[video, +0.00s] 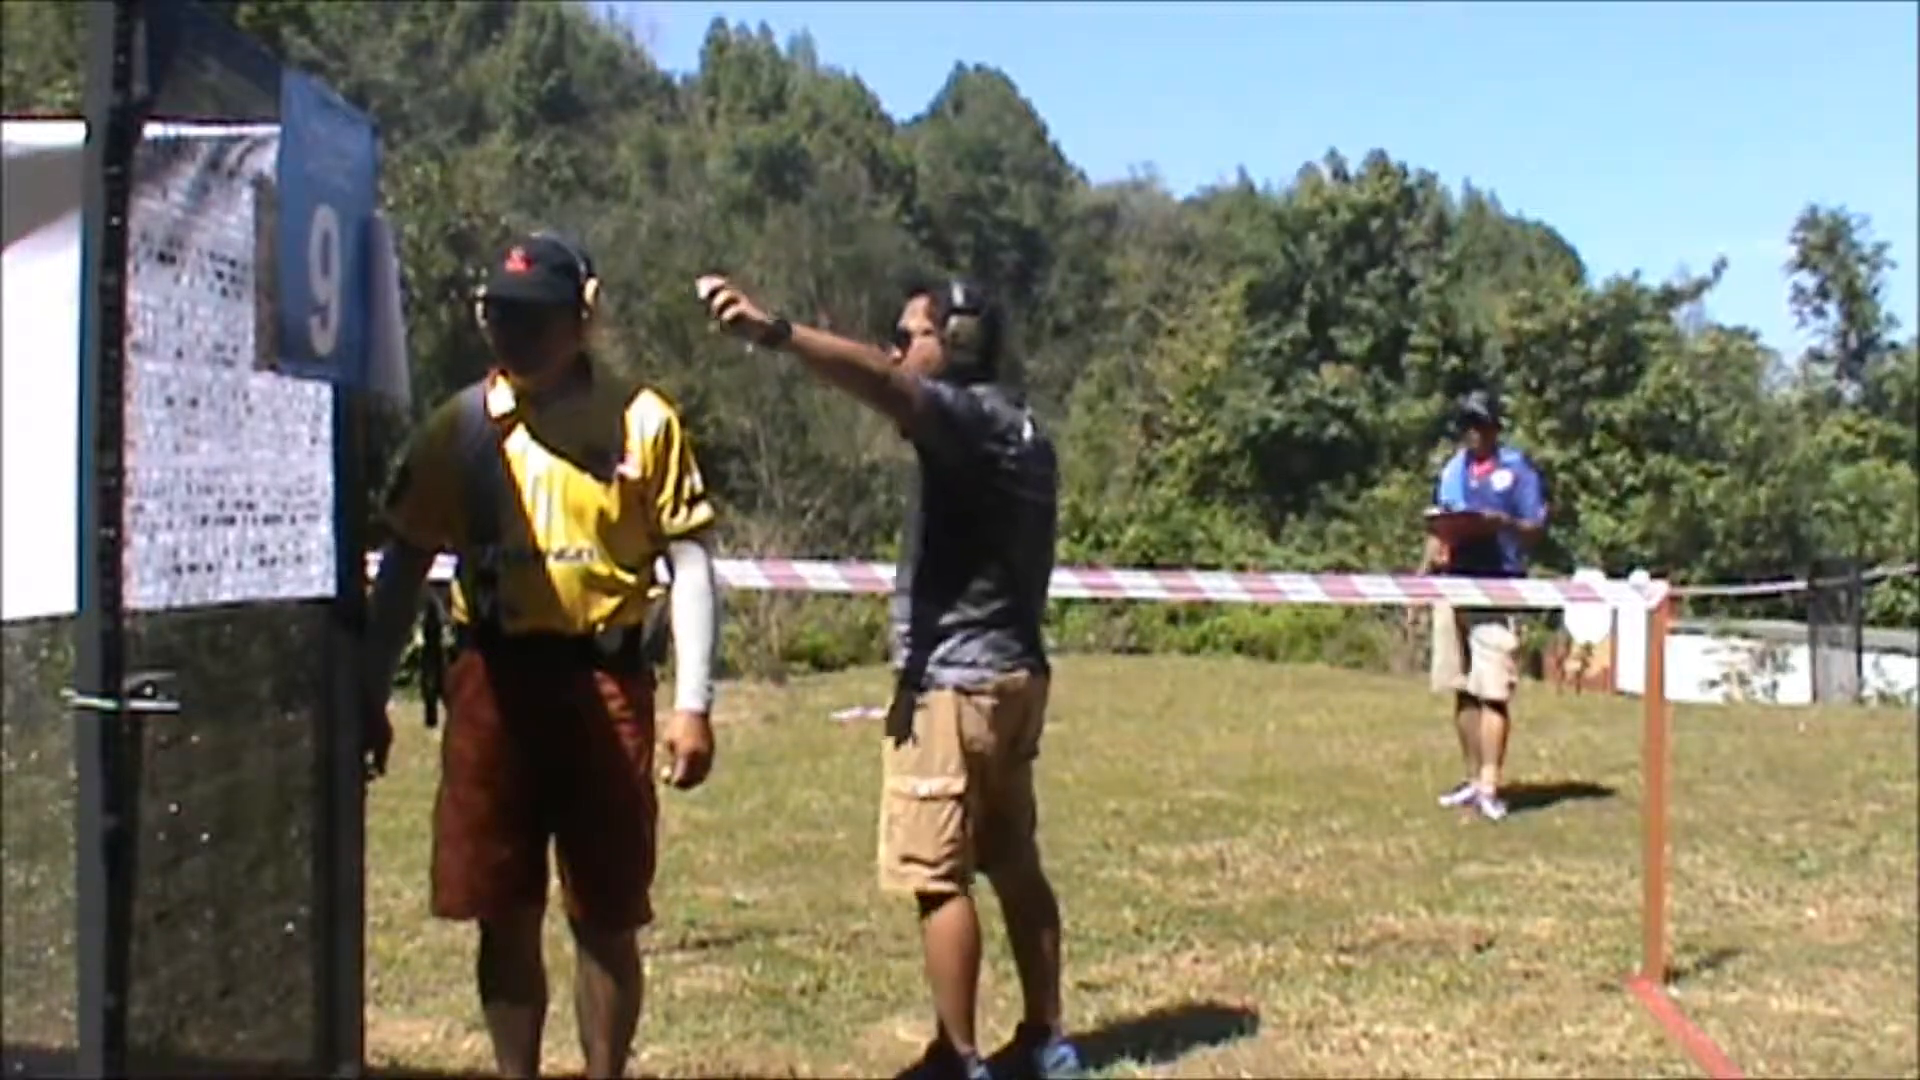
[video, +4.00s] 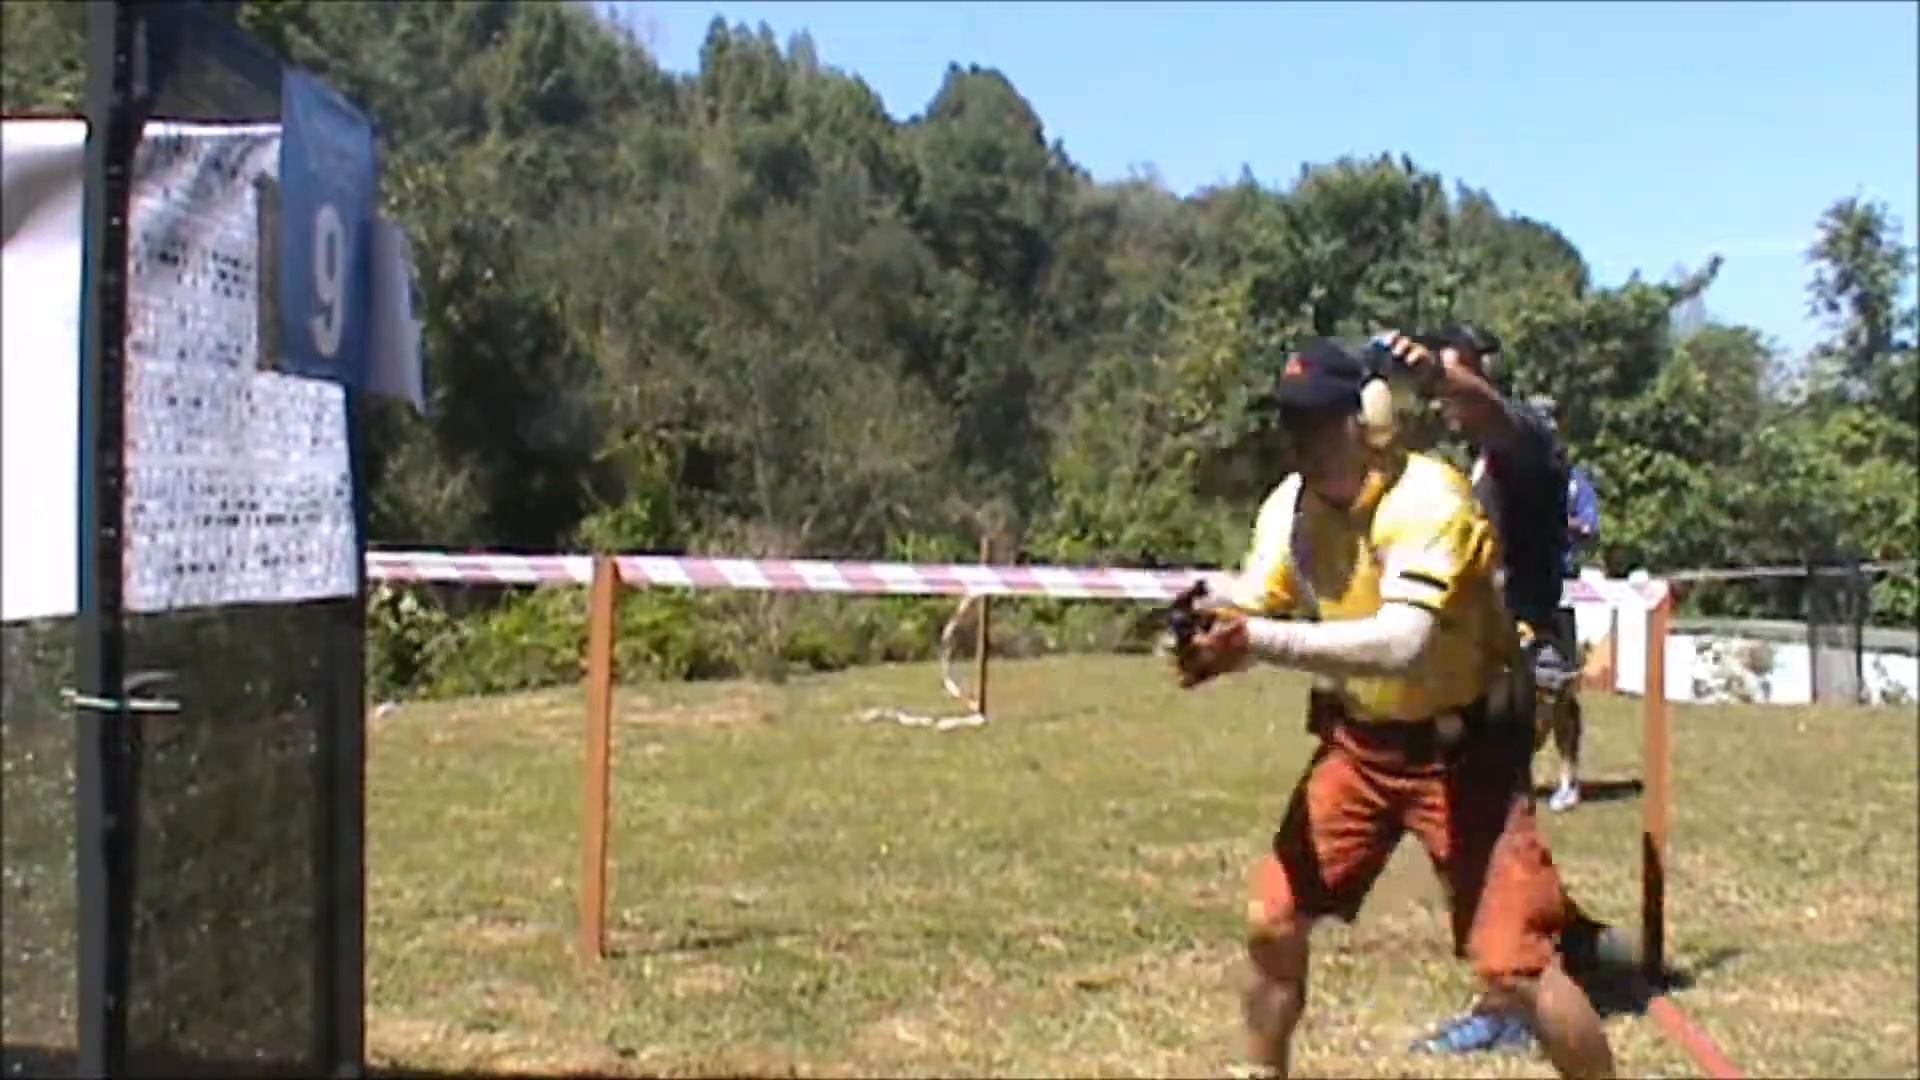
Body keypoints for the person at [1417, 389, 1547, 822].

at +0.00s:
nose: (1474, 434)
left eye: (1481, 426)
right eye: (1468, 426)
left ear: (1496, 428)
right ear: (1461, 429)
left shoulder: (1519, 470)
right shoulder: (1452, 471)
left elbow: (1535, 529)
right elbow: (1439, 524)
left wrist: (1498, 521)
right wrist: (1445, 529)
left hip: (1499, 587)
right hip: (1454, 586)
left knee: (1494, 689)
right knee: (1463, 688)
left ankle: (1490, 784)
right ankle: (1472, 775)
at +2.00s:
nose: (1481, 443)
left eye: (1487, 435)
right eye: (1474, 436)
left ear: (1499, 436)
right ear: (1464, 437)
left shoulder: (1519, 477)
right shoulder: (1450, 472)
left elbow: (1539, 538)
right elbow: (1417, 514)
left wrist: (1508, 526)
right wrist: (1448, 520)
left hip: (1495, 589)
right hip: (1450, 588)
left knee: (1490, 691)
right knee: (1459, 690)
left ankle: (1489, 782)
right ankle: (1471, 776)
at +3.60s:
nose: (1493, 437)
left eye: (1500, 428)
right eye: (1486, 429)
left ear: (1512, 431)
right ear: (1476, 432)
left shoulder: (1531, 477)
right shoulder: (1456, 473)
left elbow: (1549, 529)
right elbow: (1427, 516)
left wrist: (1511, 526)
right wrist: (1468, 523)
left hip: (1513, 588)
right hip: (1465, 587)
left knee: (1525, 685)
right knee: (1469, 688)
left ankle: (1540, 772)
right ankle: (1477, 778)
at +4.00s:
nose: (1544, 436)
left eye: (1549, 425)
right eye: (1535, 426)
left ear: (1560, 431)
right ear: (1520, 433)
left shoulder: (1572, 481)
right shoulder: (1506, 481)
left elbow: (1588, 527)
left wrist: (1551, 526)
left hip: (1552, 592)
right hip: (1507, 591)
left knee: (1560, 688)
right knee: (1516, 690)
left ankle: (1569, 774)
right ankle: (1517, 772)